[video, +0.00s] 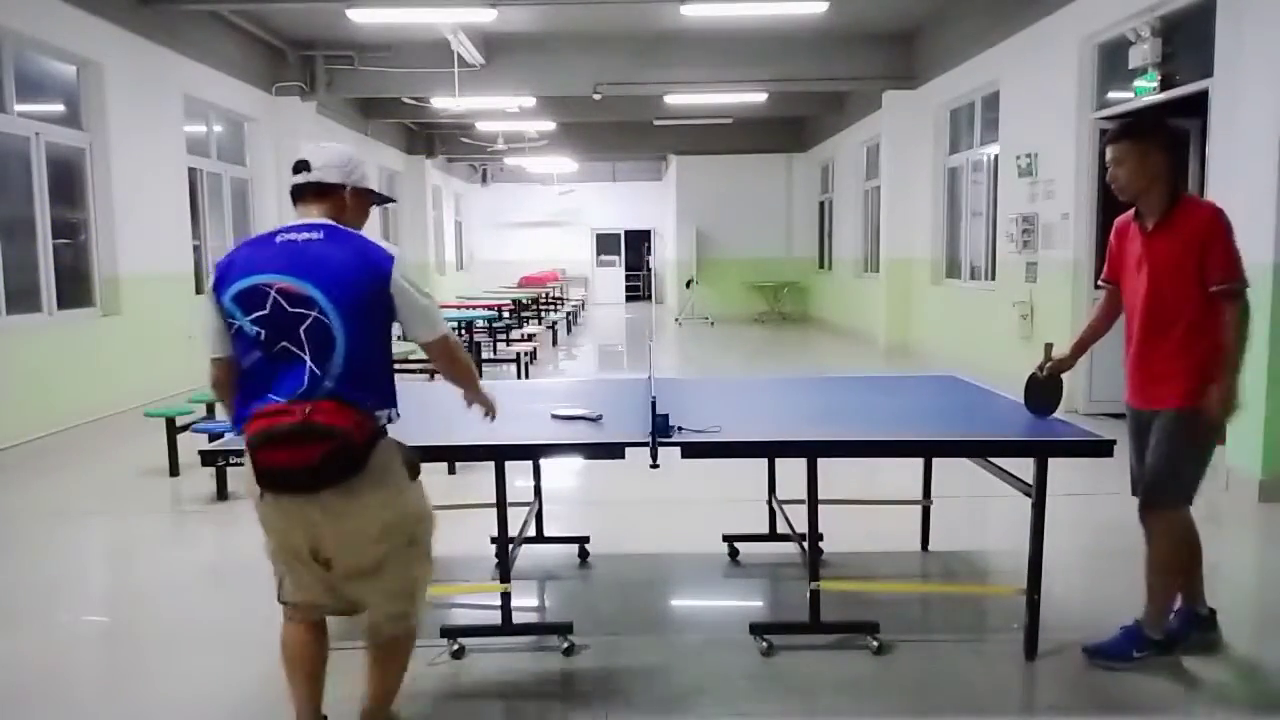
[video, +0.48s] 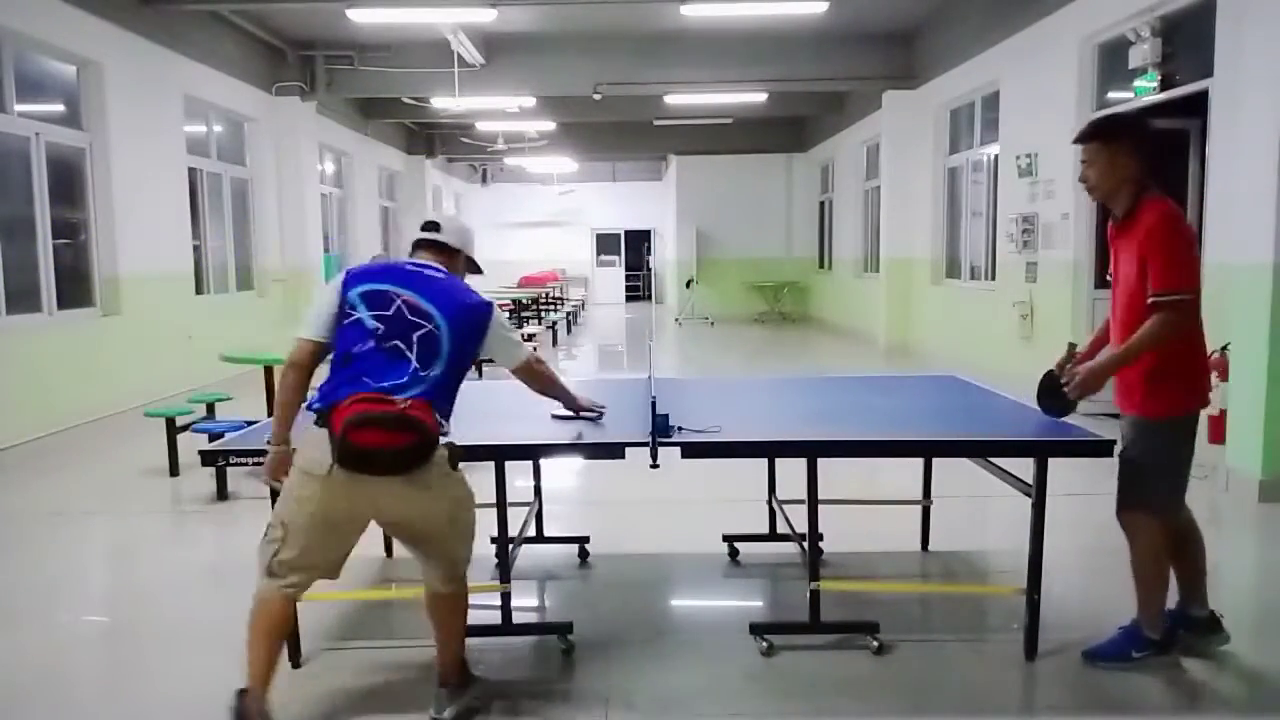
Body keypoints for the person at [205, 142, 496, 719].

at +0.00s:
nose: (371, 215)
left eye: (372, 203)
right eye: (369, 202)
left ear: (302, 197)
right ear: (347, 196)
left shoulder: (233, 263)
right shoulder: (368, 257)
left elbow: (222, 374)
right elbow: (439, 345)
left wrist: (256, 425)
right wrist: (472, 387)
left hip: (273, 453)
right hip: (356, 451)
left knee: (300, 604)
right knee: (396, 591)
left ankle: (307, 714)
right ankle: (377, 710)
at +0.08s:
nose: (382, 225)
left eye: (382, 214)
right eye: (381, 213)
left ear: (317, 207)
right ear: (363, 207)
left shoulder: (253, 268)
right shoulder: (382, 267)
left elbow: (242, 373)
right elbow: (455, 349)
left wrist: (276, 418)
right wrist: (492, 386)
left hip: (284, 459)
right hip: (361, 458)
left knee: (302, 596)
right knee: (427, 560)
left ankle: (308, 713)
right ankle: (404, 686)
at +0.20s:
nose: (412, 230)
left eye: (413, 219)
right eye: (411, 219)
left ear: (355, 208)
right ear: (395, 212)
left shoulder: (287, 261)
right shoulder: (412, 268)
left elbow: (263, 362)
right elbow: (480, 349)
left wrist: (292, 413)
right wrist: (514, 387)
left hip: (298, 446)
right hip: (379, 449)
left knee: (306, 595)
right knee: (424, 578)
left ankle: (308, 714)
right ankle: (453, 682)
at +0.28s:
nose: (431, 236)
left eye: (431, 226)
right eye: (431, 226)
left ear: (373, 216)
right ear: (417, 222)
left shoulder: (310, 264)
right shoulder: (433, 276)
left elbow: (272, 357)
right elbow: (497, 352)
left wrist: (282, 413)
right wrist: (533, 389)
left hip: (310, 447)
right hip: (392, 452)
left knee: (306, 590)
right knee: (432, 575)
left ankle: (305, 711)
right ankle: (454, 682)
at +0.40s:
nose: (456, 260)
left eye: (457, 252)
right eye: (456, 252)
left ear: (400, 236)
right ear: (444, 245)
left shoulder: (338, 272)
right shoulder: (459, 294)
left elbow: (286, 363)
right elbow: (520, 363)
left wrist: (285, 444)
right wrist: (557, 395)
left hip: (325, 454)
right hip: (410, 459)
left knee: (292, 574)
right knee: (449, 563)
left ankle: (284, 697)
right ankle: (453, 684)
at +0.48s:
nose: (470, 278)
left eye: (469, 271)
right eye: (470, 270)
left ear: (413, 251)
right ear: (458, 263)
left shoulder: (354, 278)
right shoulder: (474, 306)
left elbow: (300, 359)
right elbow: (533, 371)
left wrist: (279, 443)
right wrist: (571, 400)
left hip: (329, 457)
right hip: (414, 463)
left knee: (282, 577)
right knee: (446, 565)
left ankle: (253, 698)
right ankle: (453, 683)